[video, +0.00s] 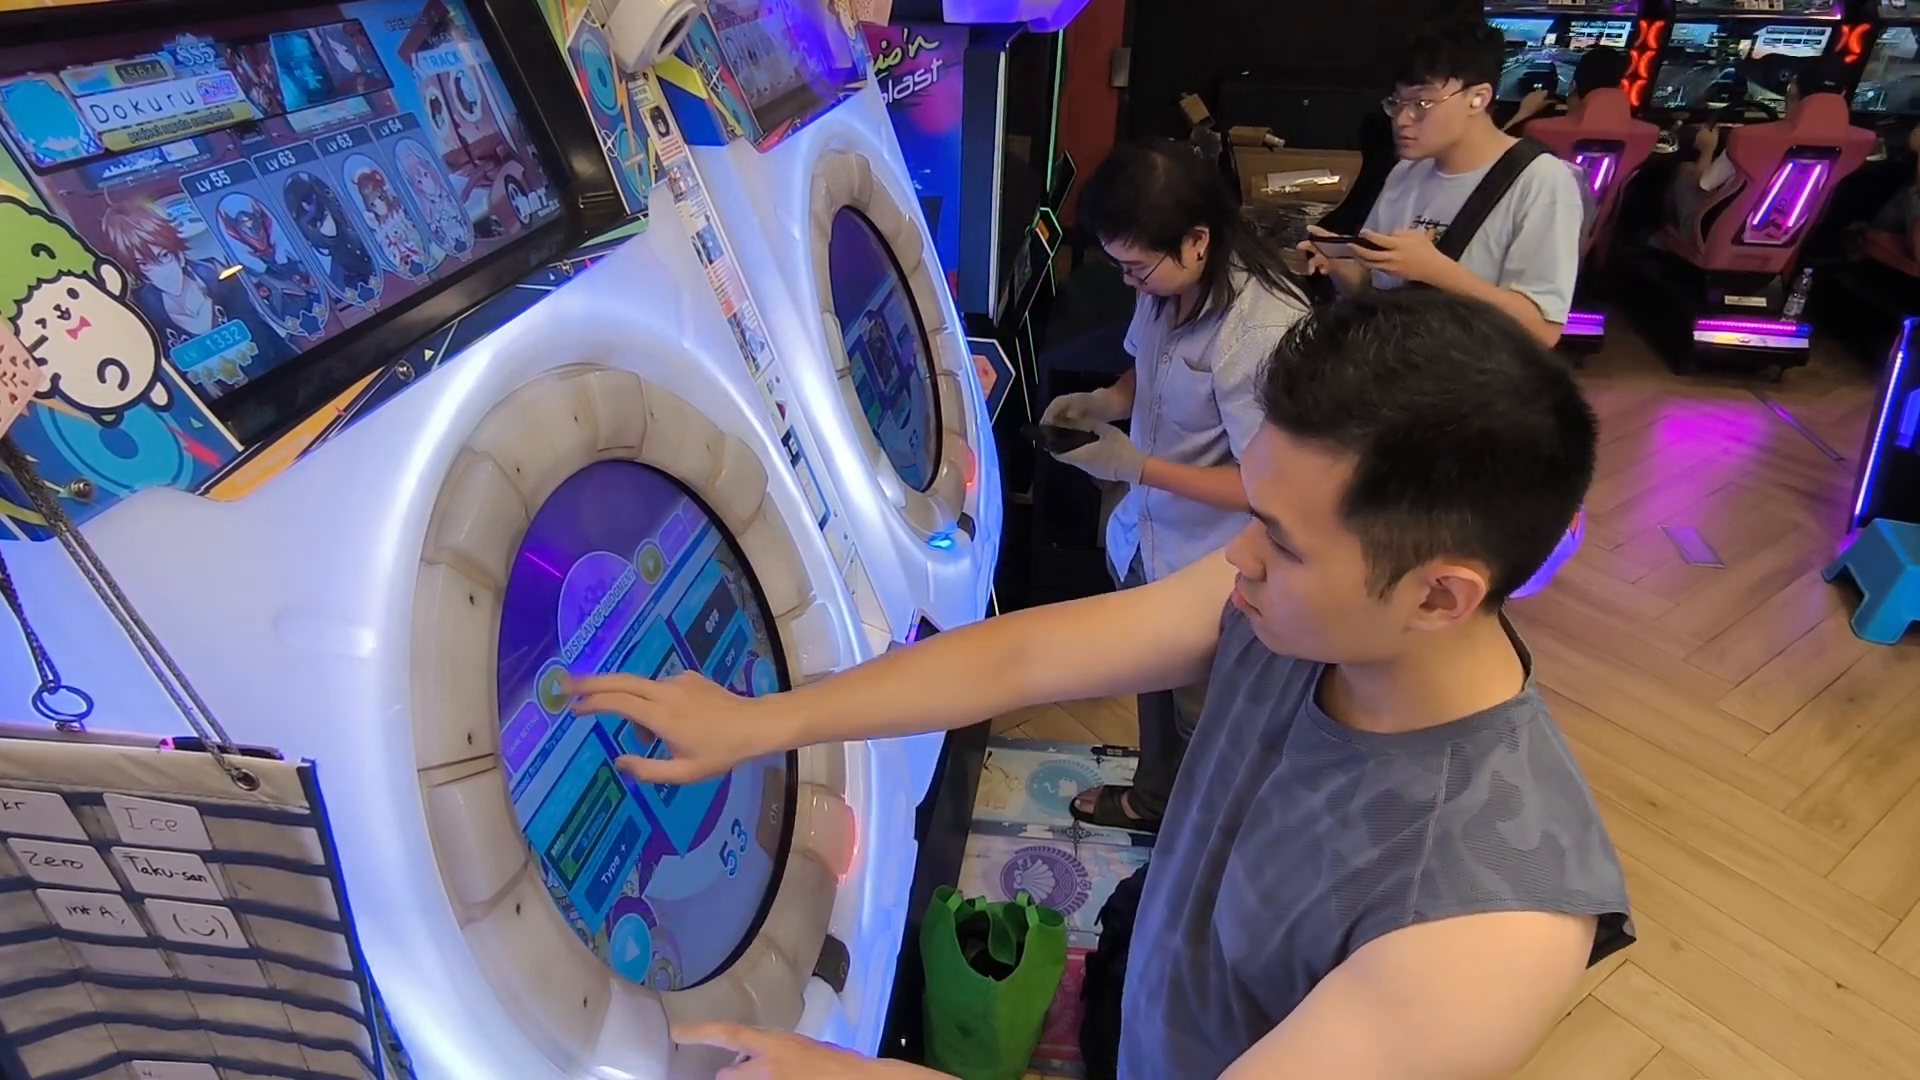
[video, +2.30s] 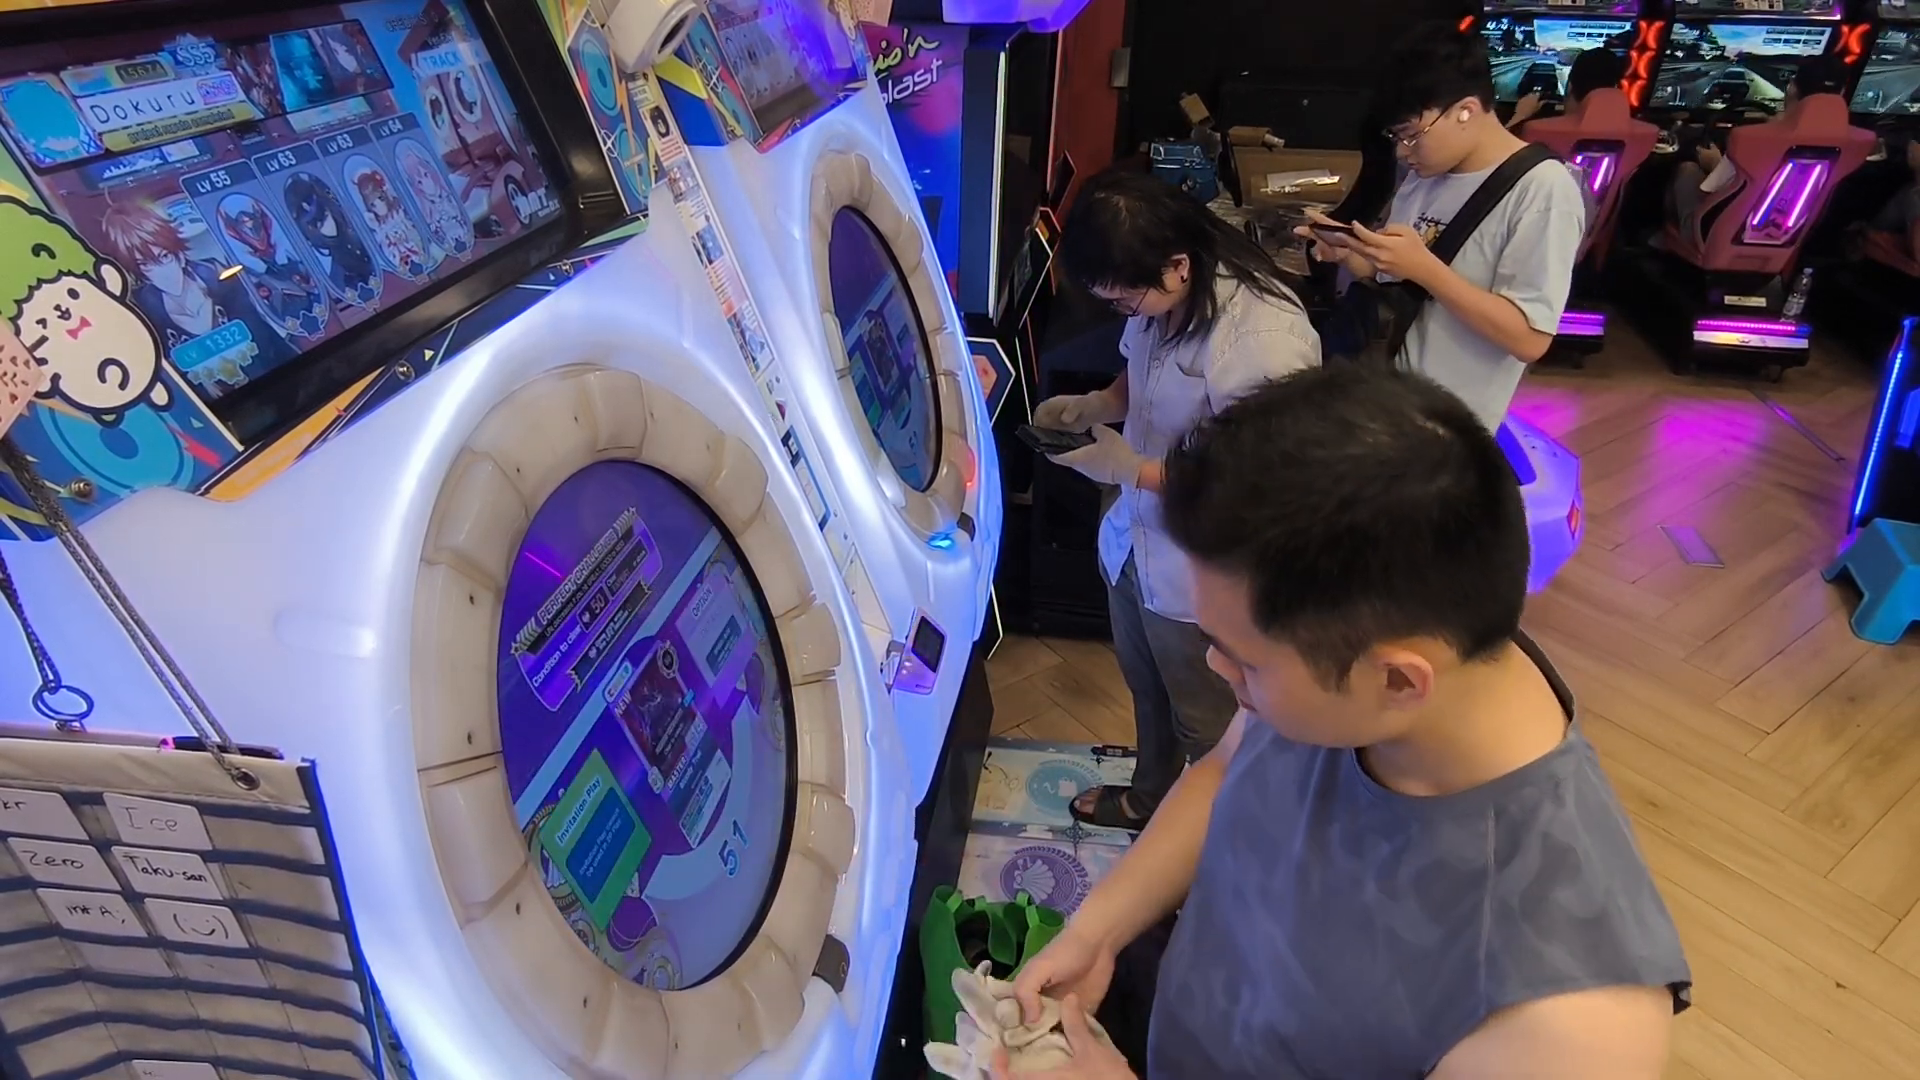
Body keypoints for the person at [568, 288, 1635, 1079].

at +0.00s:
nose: (1233, 553)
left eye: (1283, 543)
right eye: (1248, 509)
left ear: (1443, 594)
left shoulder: (1492, 915)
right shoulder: (1284, 587)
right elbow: (1018, 656)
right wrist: (760, 719)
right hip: (1138, 1016)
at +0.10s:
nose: (1229, 558)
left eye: (1281, 547)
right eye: (1247, 514)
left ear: (1442, 596)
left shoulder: (1492, 917)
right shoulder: (1287, 590)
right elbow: (1032, 664)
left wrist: (874, 1078)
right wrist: (795, 754)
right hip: (1137, 992)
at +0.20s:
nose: (1230, 560)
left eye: (1279, 549)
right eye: (1248, 518)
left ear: (1438, 599)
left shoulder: (1491, 913)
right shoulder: (1292, 596)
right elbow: (1046, 685)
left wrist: (877, 1076)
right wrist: (844, 797)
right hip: (1133, 1025)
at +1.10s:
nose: (1191, 579)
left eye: (1222, 561)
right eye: (1198, 544)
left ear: (1370, 593)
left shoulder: (1494, 918)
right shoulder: (1296, 626)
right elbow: (1101, 726)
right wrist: (904, 805)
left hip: (1208, 1075)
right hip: (1131, 1002)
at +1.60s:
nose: (1161, 578)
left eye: (1187, 562)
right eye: (1162, 546)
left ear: (1327, 584)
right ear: (1326, 587)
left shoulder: (1500, 922)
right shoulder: (1286, 640)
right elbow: (1163, 761)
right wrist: (1000, 857)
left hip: (1215, 1071)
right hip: (1141, 977)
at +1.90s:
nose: (1186, 587)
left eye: (1211, 571)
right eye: (1192, 555)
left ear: (1359, 598)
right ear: (1355, 596)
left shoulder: (1524, 928)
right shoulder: (1294, 643)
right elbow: (1197, 789)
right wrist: (1074, 941)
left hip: (1215, 1063)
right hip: (1131, 998)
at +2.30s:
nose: (1214, 664)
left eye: (1241, 657)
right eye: (1215, 637)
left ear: (1402, 680)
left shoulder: (1571, 1009)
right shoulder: (1336, 668)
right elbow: (1218, 779)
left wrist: (1120, 1076)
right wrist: (1095, 929)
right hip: (1159, 1000)